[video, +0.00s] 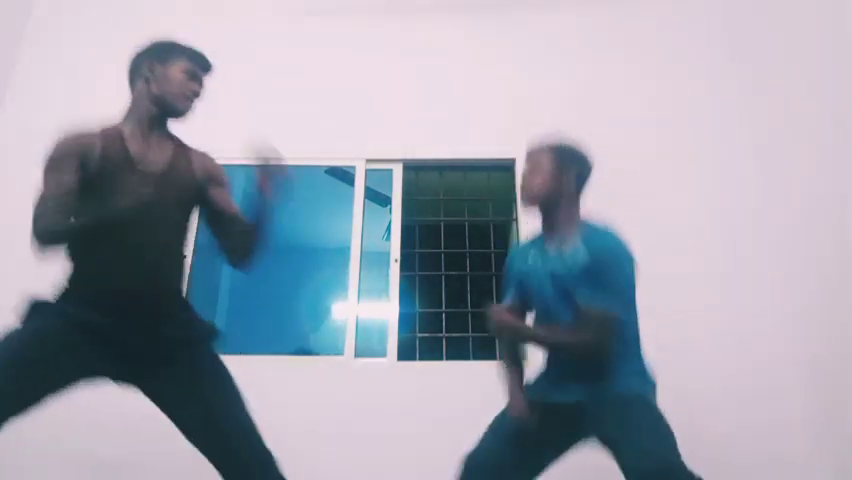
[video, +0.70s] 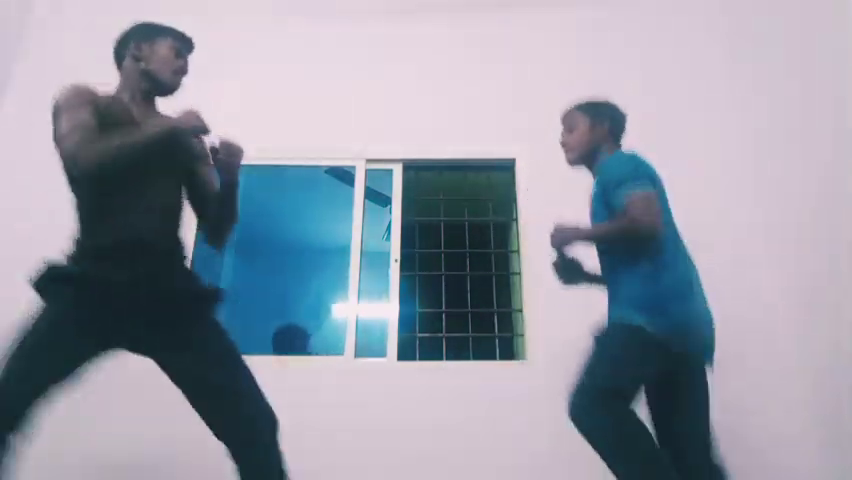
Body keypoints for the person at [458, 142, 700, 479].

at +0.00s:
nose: (524, 177)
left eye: (535, 169)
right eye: (526, 169)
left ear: (567, 180)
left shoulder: (606, 249)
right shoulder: (524, 257)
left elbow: (595, 339)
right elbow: (508, 328)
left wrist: (517, 329)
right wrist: (516, 395)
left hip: (619, 395)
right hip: (558, 394)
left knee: (660, 471)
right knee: (482, 469)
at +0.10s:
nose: (537, 191)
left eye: (548, 183)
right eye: (537, 184)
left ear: (582, 193)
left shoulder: (623, 263)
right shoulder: (526, 267)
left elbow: (623, 341)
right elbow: (515, 346)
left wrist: (537, 320)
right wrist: (537, 392)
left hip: (617, 410)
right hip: (545, 408)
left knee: (667, 474)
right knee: (474, 474)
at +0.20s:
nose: (543, 153)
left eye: (554, 144)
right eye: (545, 145)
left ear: (585, 154)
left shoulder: (626, 221)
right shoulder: (537, 235)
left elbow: (632, 287)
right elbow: (536, 312)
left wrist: (545, 269)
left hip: (626, 371)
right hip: (558, 370)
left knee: (674, 470)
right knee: (497, 470)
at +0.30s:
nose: (546, 105)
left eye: (555, 95)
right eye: (546, 97)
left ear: (588, 101)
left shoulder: (627, 151)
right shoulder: (552, 178)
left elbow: (640, 219)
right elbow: (555, 249)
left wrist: (559, 224)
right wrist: (558, 279)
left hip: (632, 309)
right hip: (573, 316)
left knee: (676, 421)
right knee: (553, 422)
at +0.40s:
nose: (552, 94)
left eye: (561, 84)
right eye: (551, 87)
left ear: (594, 88)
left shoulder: (630, 133)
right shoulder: (566, 166)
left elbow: (646, 202)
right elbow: (575, 240)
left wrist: (571, 211)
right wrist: (563, 262)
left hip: (638, 288)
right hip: (586, 299)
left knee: (669, 405)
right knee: (587, 413)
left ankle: (706, 476)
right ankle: (630, 474)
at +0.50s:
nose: (563, 111)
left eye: (572, 101)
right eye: (563, 104)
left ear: (604, 105)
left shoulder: (634, 146)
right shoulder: (592, 178)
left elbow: (659, 208)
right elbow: (621, 256)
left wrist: (584, 230)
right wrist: (577, 273)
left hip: (645, 310)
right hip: (612, 319)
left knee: (670, 429)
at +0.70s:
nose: (562, 138)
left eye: (570, 128)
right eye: (563, 131)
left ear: (601, 130)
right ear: (599, 134)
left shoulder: (620, 166)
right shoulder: (619, 179)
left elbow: (646, 218)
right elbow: (642, 279)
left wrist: (580, 233)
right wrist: (588, 277)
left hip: (648, 318)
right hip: (679, 324)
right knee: (688, 453)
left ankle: (654, 473)